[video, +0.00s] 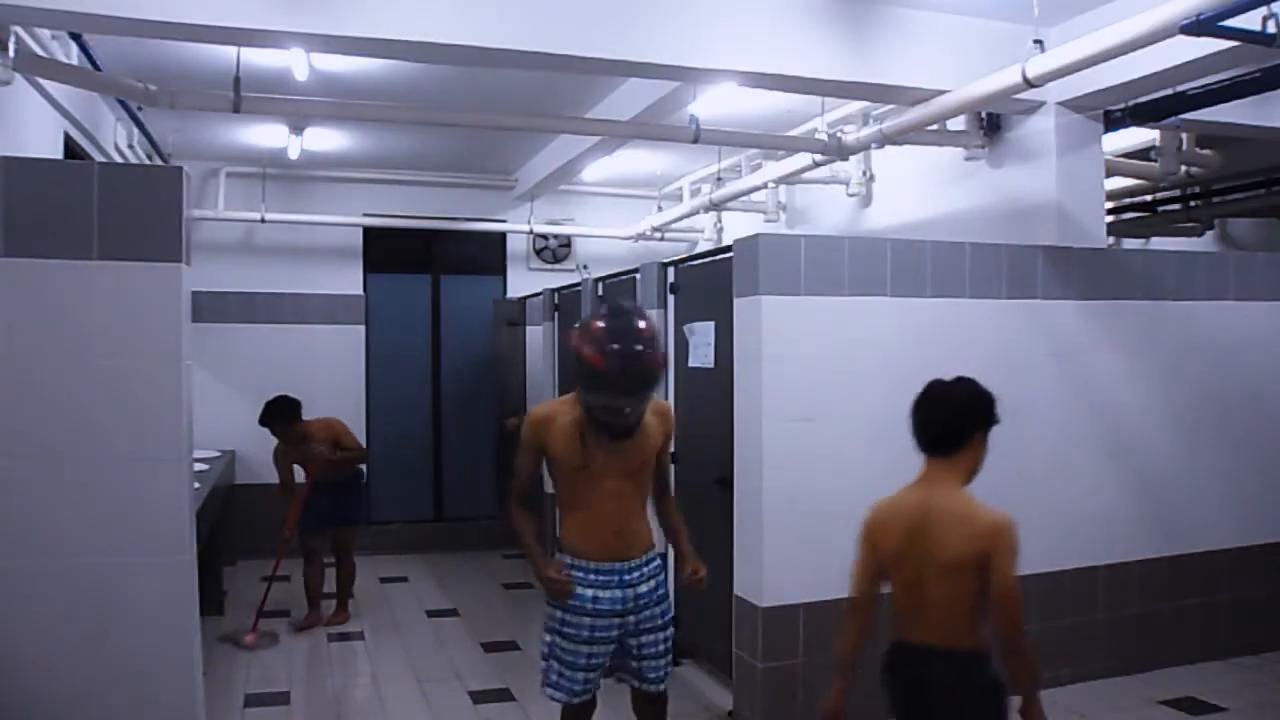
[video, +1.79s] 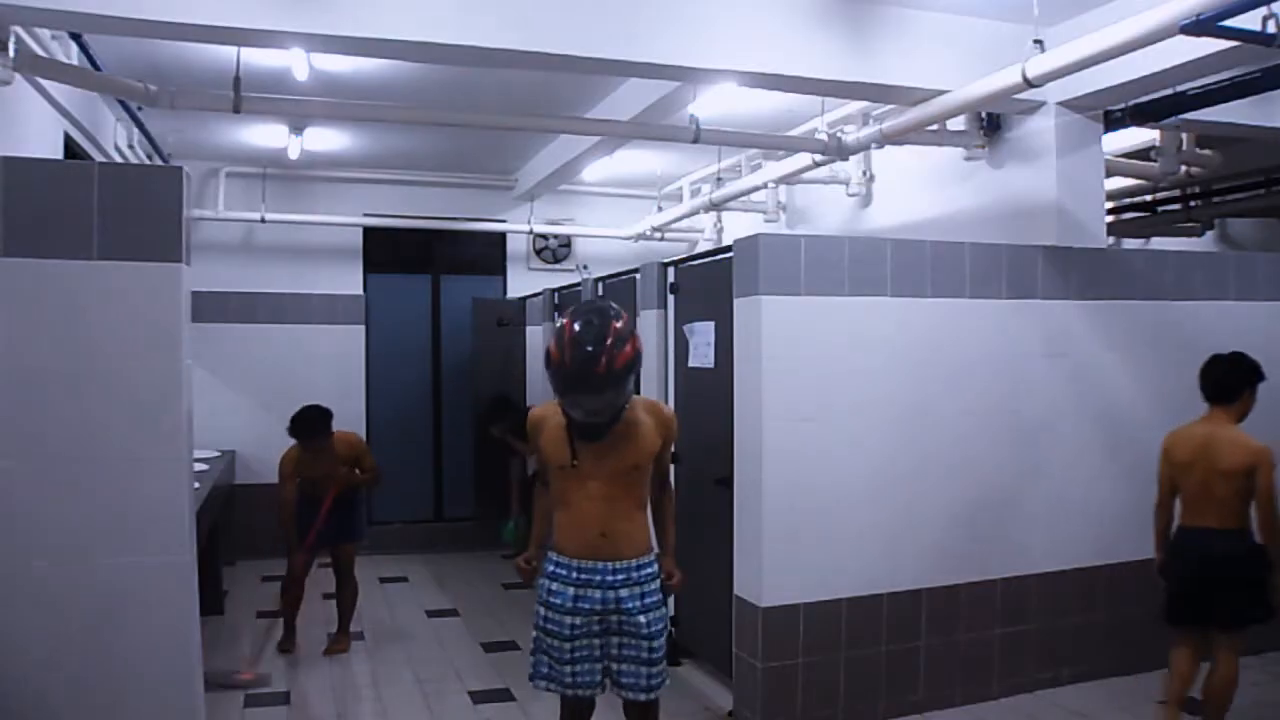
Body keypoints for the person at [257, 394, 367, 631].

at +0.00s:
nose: (275, 437)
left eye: (277, 431)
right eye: (272, 432)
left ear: (292, 423)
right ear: (276, 430)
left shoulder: (331, 428)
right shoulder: (283, 453)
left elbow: (361, 455)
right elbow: (289, 491)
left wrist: (332, 457)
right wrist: (289, 528)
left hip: (347, 486)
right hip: (317, 488)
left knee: (342, 548)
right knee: (311, 549)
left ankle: (341, 609)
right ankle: (313, 611)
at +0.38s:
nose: (245, 446)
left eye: (245, 439)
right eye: (241, 441)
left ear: (258, 430)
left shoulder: (301, 431)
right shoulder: (261, 463)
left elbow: (340, 452)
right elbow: (267, 500)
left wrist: (313, 461)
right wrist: (271, 530)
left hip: (336, 487)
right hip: (305, 492)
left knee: (331, 550)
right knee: (301, 554)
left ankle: (340, 605)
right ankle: (311, 616)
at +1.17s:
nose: (253, 453)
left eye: (253, 447)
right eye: (249, 448)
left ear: (267, 439)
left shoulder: (311, 447)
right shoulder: (271, 464)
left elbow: (340, 483)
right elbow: (273, 502)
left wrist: (298, 489)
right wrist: (261, 536)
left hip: (345, 500)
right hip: (314, 502)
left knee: (340, 568)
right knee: (308, 561)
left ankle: (342, 632)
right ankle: (314, 616)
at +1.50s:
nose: (282, 452)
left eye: (285, 446)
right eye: (280, 447)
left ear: (303, 441)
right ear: (283, 444)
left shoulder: (340, 448)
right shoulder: (283, 468)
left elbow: (362, 484)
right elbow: (276, 513)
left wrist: (326, 490)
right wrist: (265, 553)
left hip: (350, 506)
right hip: (316, 507)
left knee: (344, 568)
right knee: (301, 566)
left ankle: (343, 632)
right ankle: (307, 608)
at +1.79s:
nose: (308, 450)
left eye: (313, 444)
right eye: (304, 445)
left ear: (326, 435)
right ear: (298, 440)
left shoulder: (351, 445)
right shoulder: (292, 461)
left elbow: (373, 476)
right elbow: (287, 507)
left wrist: (352, 480)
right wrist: (293, 547)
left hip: (344, 510)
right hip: (306, 512)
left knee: (344, 571)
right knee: (296, 572)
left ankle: (342, 633)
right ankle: (289, 631)